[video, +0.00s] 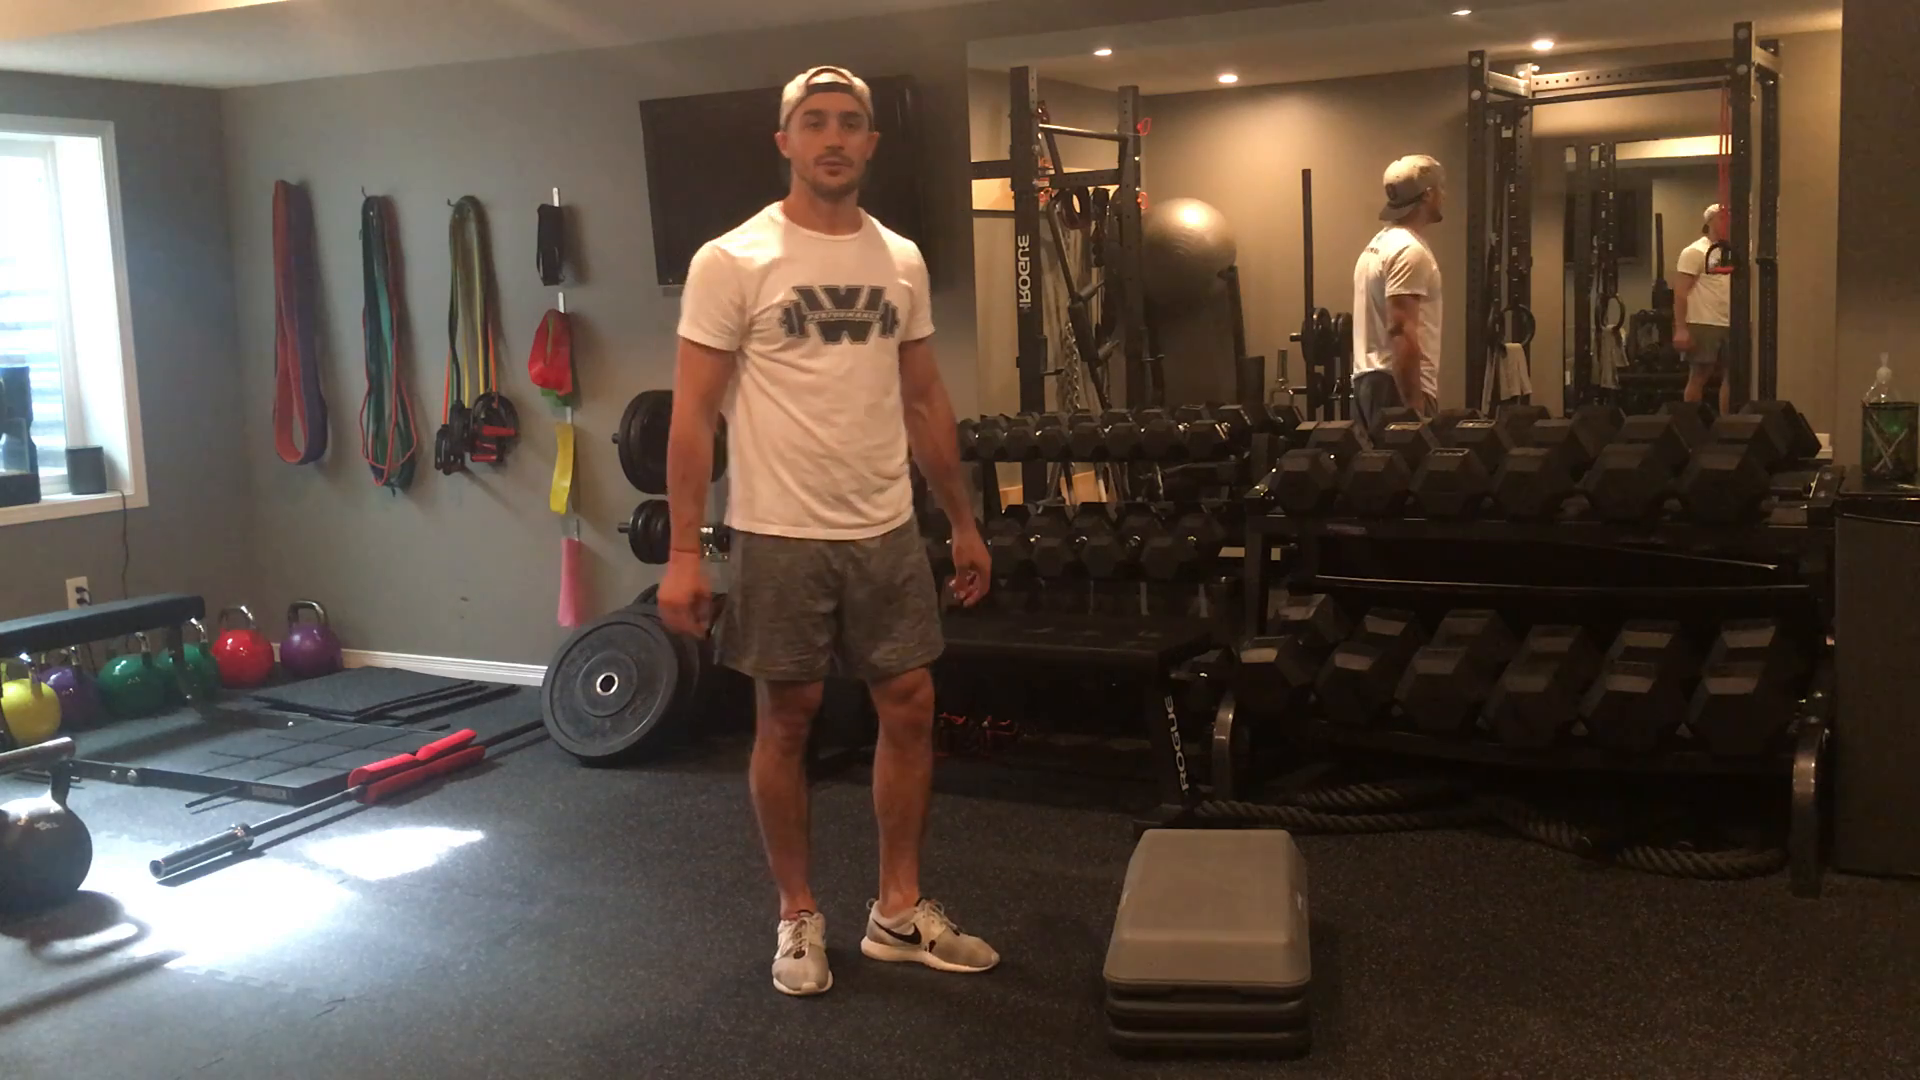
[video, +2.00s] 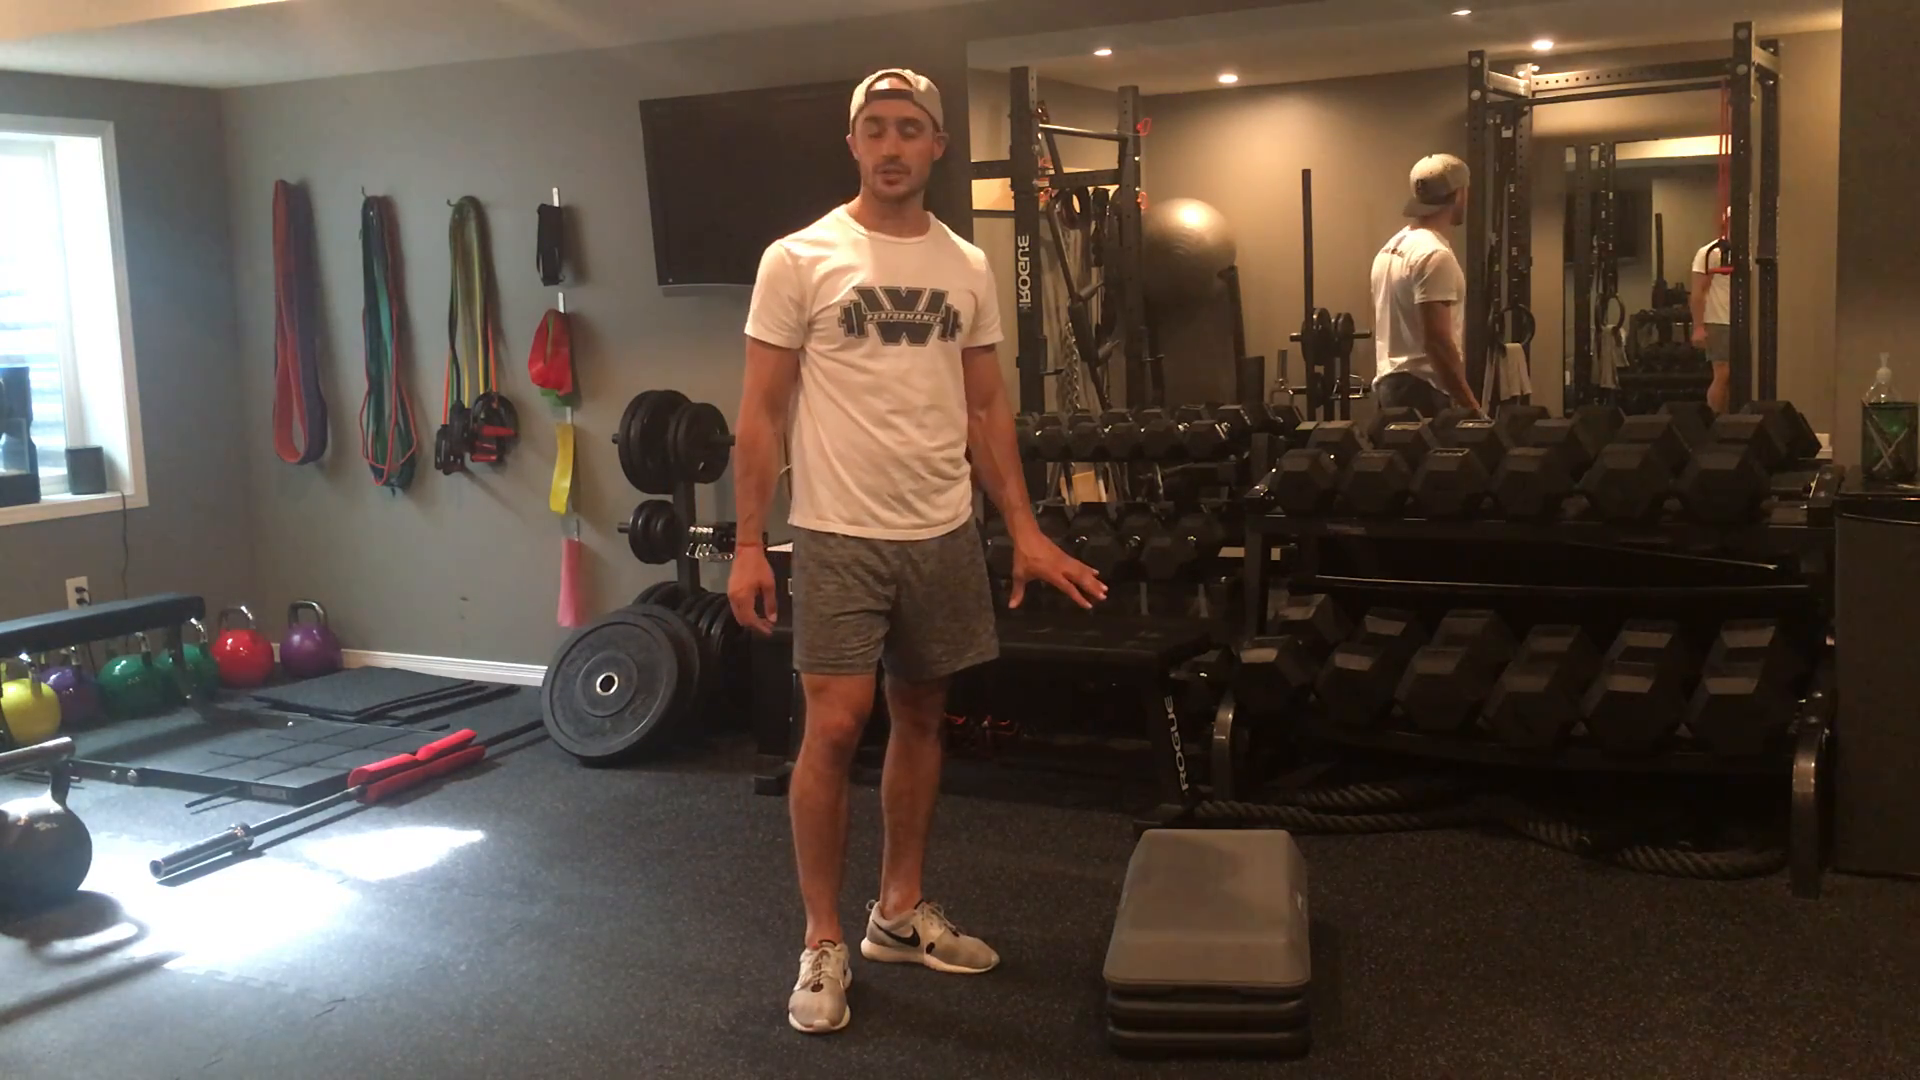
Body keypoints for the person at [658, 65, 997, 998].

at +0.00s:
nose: (833, 139)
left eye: (850, 124)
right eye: (814, 124)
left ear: (872, 142)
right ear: (784, 141)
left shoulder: (900, 261)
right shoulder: (731, 263)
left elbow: (924, 399)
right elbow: (692, 413)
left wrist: (963, 520)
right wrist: (683, 553)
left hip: (890, 534)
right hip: (779, 538)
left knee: (909, 709)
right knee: (787, 719)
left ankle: (898, 910)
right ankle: (797, 916)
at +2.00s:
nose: (892, 145)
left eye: (909, 131)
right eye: (876, 130)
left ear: (937, 148)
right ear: (852, 145)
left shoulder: (967, 268)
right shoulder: (799, 261)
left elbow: (987, 408)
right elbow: (763, 411)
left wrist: (1026, 531)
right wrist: (746, 542)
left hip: (941, 535)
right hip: (837, 535)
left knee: (921, 720)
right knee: (835, 726)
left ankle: (900, 910)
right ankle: (823, 940)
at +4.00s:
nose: (904, 179)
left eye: (907, 160)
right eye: (891, 159)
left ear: (854, 157)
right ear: (832, 152)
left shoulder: (865, 252)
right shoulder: (749, 266)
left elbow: (879, 395)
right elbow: (711, 432)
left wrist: (936, 503)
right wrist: (746, 572)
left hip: (872, 533)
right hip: (790, 543)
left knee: (900, 708)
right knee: (784, 742)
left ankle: (900, 909)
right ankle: (782, 943)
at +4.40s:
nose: (983, 176)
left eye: (985, 158)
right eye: (973, 156)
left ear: (920, 156)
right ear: (919, 153)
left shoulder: (900, 257)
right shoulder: (845, 253)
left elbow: (865, 411)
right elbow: (796, 415)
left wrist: (902, 503)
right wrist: (886, 531)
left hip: (880, 537)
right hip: (813, 541)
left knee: (923, 705)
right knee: (796, 738)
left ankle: (897, 917)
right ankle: (777, 943)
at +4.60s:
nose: (1056, 192)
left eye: (1054, 174)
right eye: (1044, 173)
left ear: (995, 179)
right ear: (990, 176)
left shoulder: (970, 270)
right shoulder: (924, 261)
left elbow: (913, 413)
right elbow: (851, 405)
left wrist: (958, 498)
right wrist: (947, 512)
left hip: (918, 541)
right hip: (876, 542)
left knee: (959, 736)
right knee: (963, 737)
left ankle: (902, 926)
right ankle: (815, 905)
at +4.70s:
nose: (1086, 197)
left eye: (1085, 180)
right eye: (1073, 179)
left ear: (1021, 188)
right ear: (1018, 184)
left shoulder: (998, 284)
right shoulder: (951, 271)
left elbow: (944, 423)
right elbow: (848, 389)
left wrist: (1020, 481)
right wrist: (942, 501)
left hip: (927, 539)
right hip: (903, 541)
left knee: (973, 724)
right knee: (1079, 676)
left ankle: (906, 925)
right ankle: (914, 839)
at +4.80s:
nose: (1111, 131)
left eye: (1109, 113)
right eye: (1097, 112)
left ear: (1047, 127)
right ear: (1043, 125)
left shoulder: (1035, 228)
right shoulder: (973, 215)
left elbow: (967, 331)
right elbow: (859, 325)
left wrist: (1055, 361)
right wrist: (963, 425)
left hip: (951, 490)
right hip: (943, 494)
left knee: (962, 689)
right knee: (1133, 604)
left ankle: (915, 904)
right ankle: (1050, 817)